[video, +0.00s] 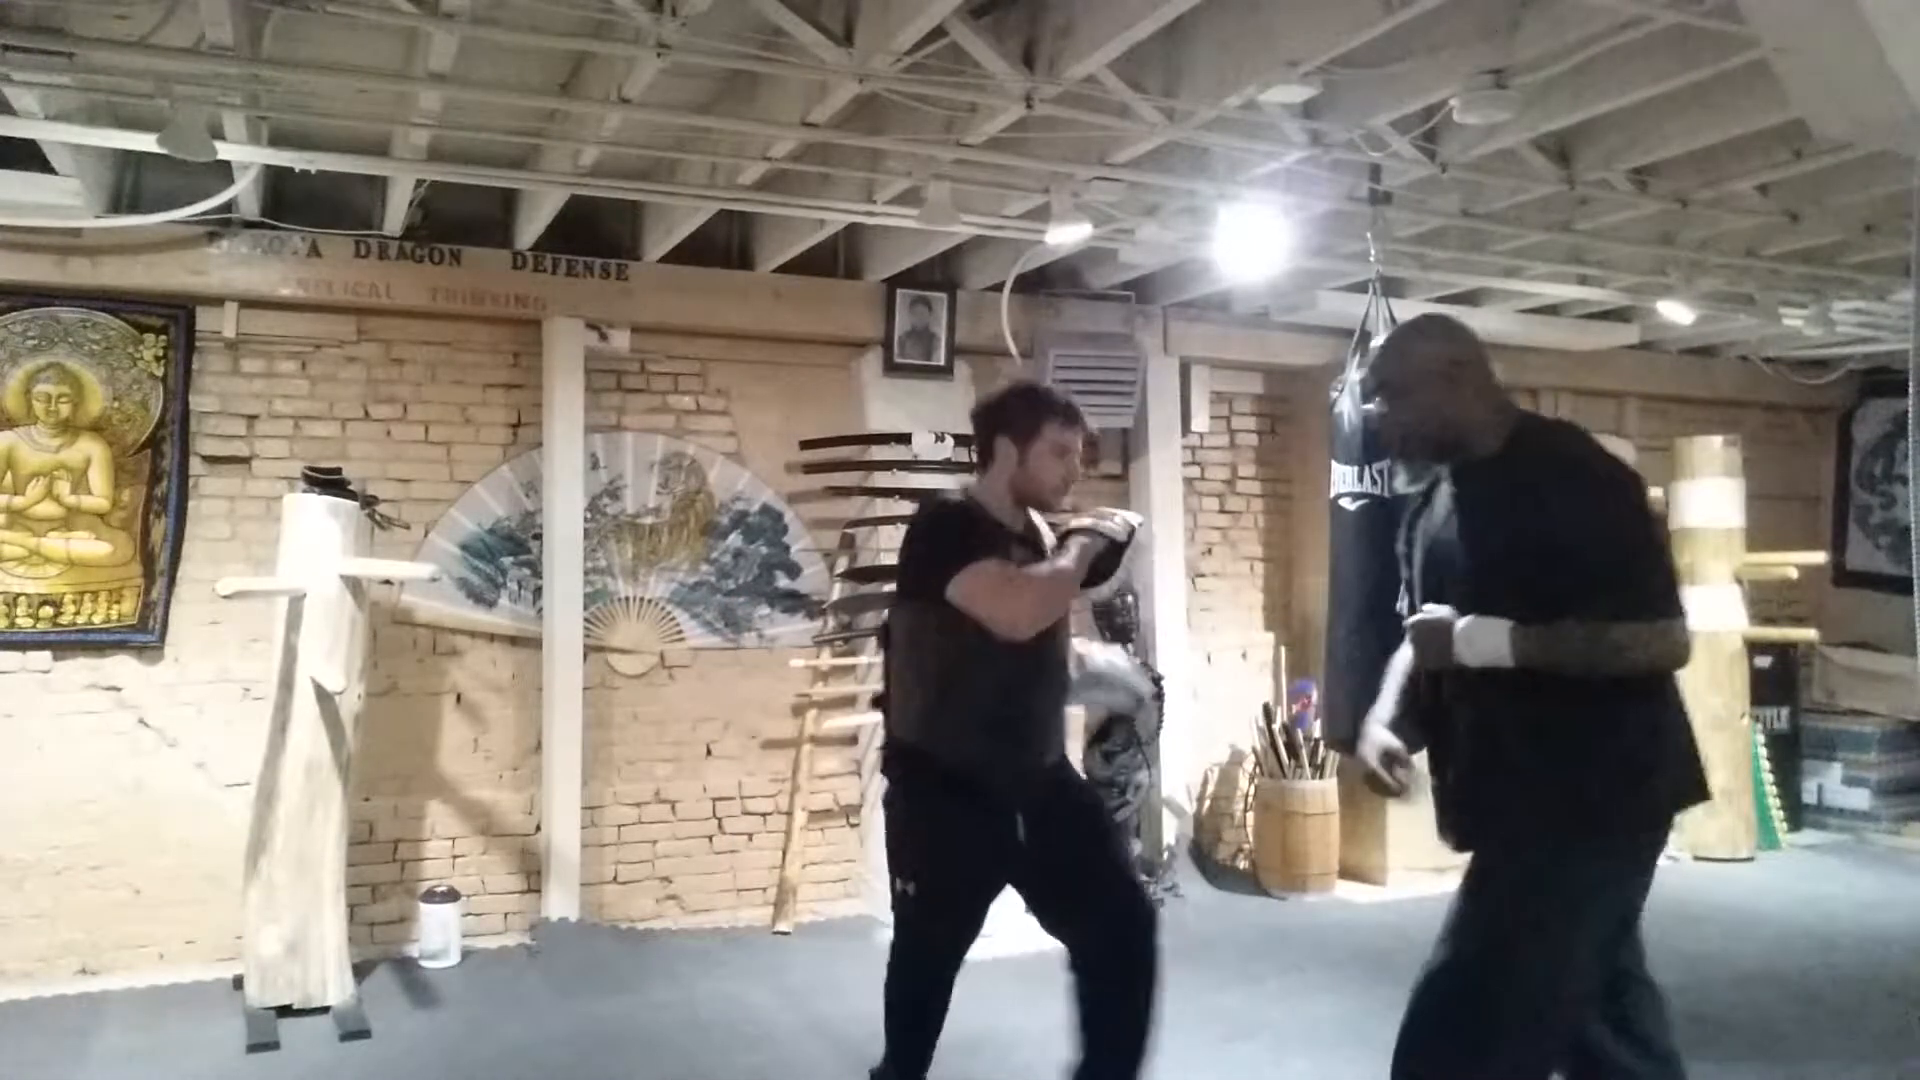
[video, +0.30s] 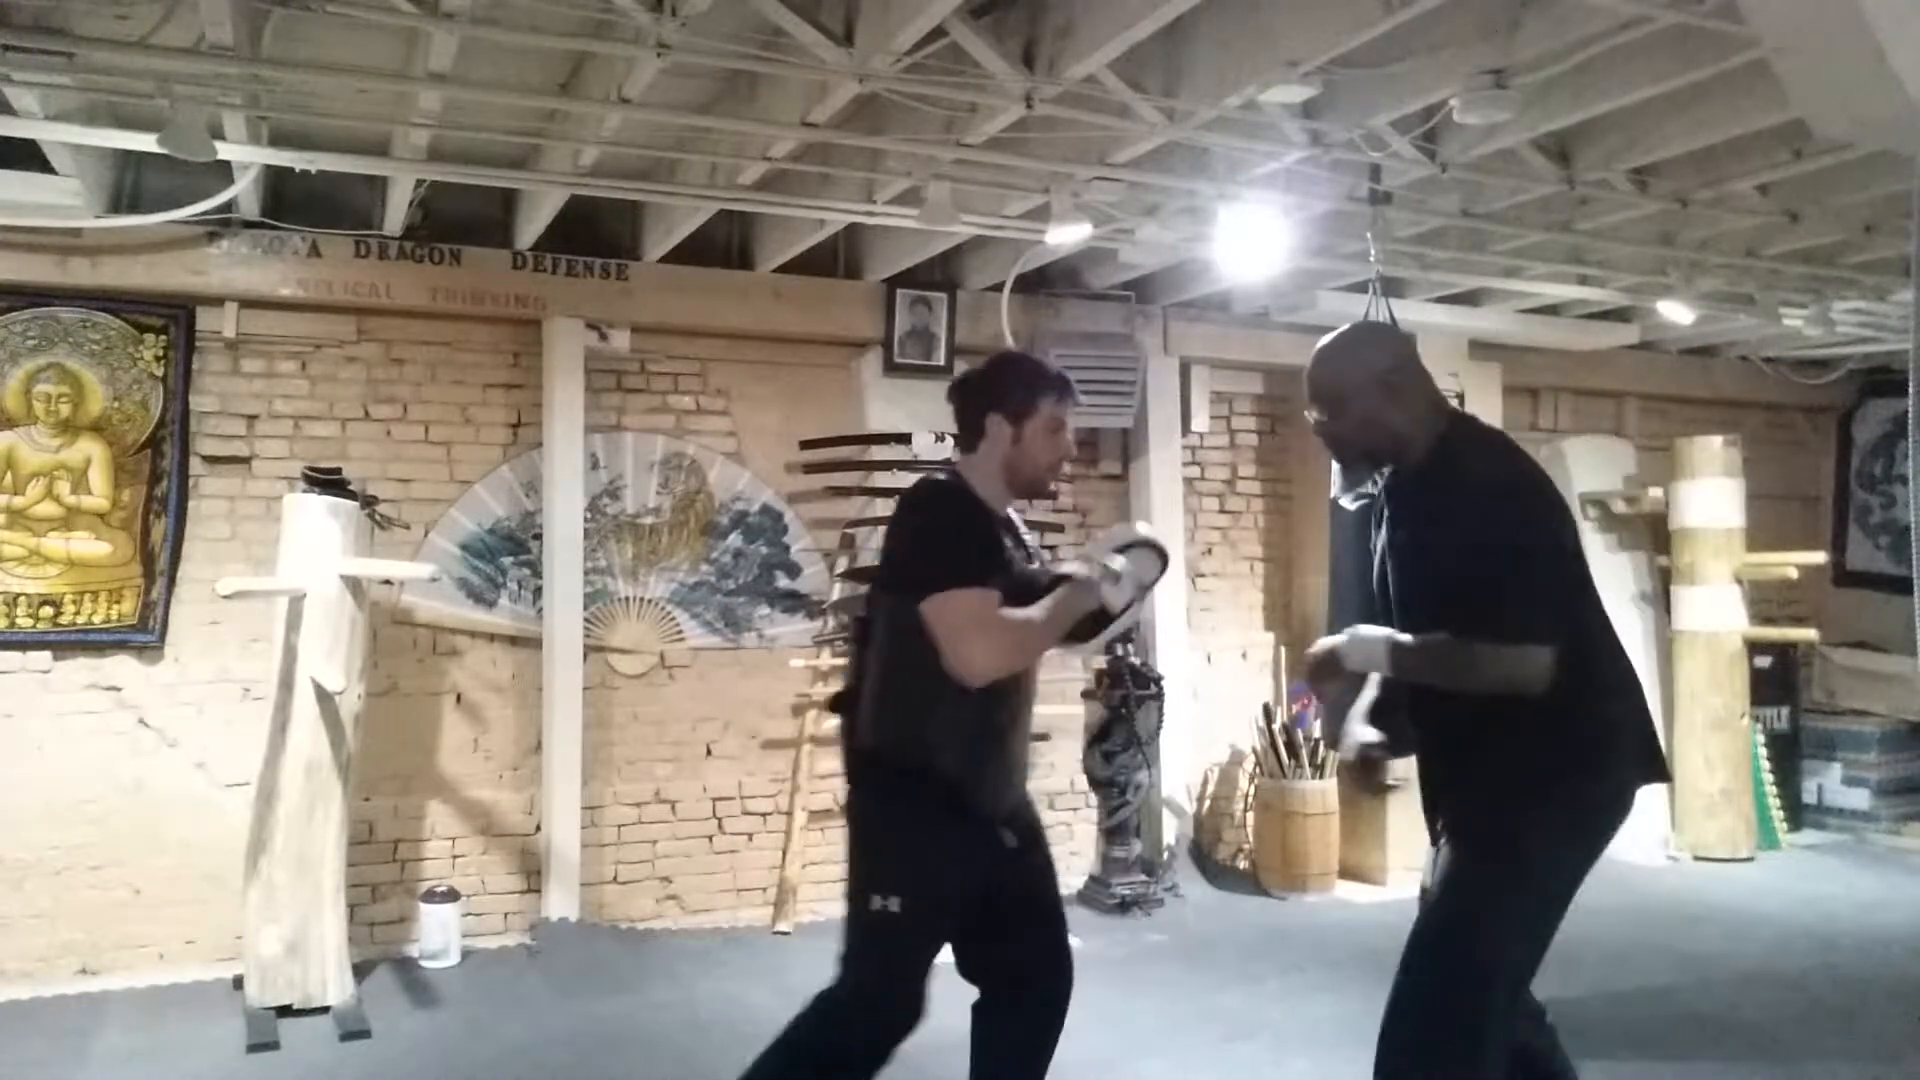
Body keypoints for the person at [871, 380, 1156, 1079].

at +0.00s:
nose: (1075, 471)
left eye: (1078, 457)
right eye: (1063, 452)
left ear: (1016, 454)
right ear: (1007, 448)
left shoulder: (1042, 538)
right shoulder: (941, 526)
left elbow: (1047, 645)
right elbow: (1012, 612)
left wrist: (1115, 674)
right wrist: (1082, 558)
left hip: (1037, 784)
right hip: (943, 789)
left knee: (1120, 926)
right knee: (928, 949)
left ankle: (1105, 1074)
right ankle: (901, 1070)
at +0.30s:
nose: (1068, 449)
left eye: (1070, 431)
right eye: (1057, 429)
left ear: (1010, 433)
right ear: (1001, 428)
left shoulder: (998, 526)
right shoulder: (938, 508)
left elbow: (1017, 625)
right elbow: (973, 651)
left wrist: (1092, 594)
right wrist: (1070, 600)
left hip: (989, 800)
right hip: (910, 799)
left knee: (1032, 985)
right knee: (878, 1000)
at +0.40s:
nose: (1047, 442)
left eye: (1046, 424)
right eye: (1037, 423)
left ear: (989, 422)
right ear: (982, 419)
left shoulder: (980, 521)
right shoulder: (909, 505)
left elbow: (999, 628)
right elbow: (941, 655)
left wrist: (1082, 591)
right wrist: (1039, 609)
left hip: (961, 816)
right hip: (879, 816)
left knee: (1005, 1017)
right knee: (812, 1023)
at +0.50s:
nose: (1010, 445)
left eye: (1011, 426)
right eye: (1002, 423)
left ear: (945, 419)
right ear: (947, 416)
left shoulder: (945, 532)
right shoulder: (865, 508)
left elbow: (973, 627)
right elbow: (902, 660)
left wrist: (1044, 577)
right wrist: (1010, 596)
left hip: (920, 833)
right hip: (836, 831)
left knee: (975, 1028)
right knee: (763, 1038)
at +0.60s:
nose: (968, 463)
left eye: (969, 444)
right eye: (960, 441)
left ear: (900, 438)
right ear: (902, 435)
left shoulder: (888, 549)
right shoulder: (811, 526)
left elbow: (921, 648)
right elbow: (858, 682)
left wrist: (990, 592)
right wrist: (965, 606)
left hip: (879, 856)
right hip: (792, 859)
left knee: (944, 1026)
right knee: (736, 1063)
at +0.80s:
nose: (924, 435)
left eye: (924, 416)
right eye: (915, 412)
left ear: (862, 410)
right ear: (861, 407)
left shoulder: (856, 528)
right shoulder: (769, 501)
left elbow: (838, 656)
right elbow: (776, 669)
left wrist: (933, 640)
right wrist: (921, 646)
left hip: (854, 835)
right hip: (767, 842)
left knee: (930, 995)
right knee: (724, 1057)